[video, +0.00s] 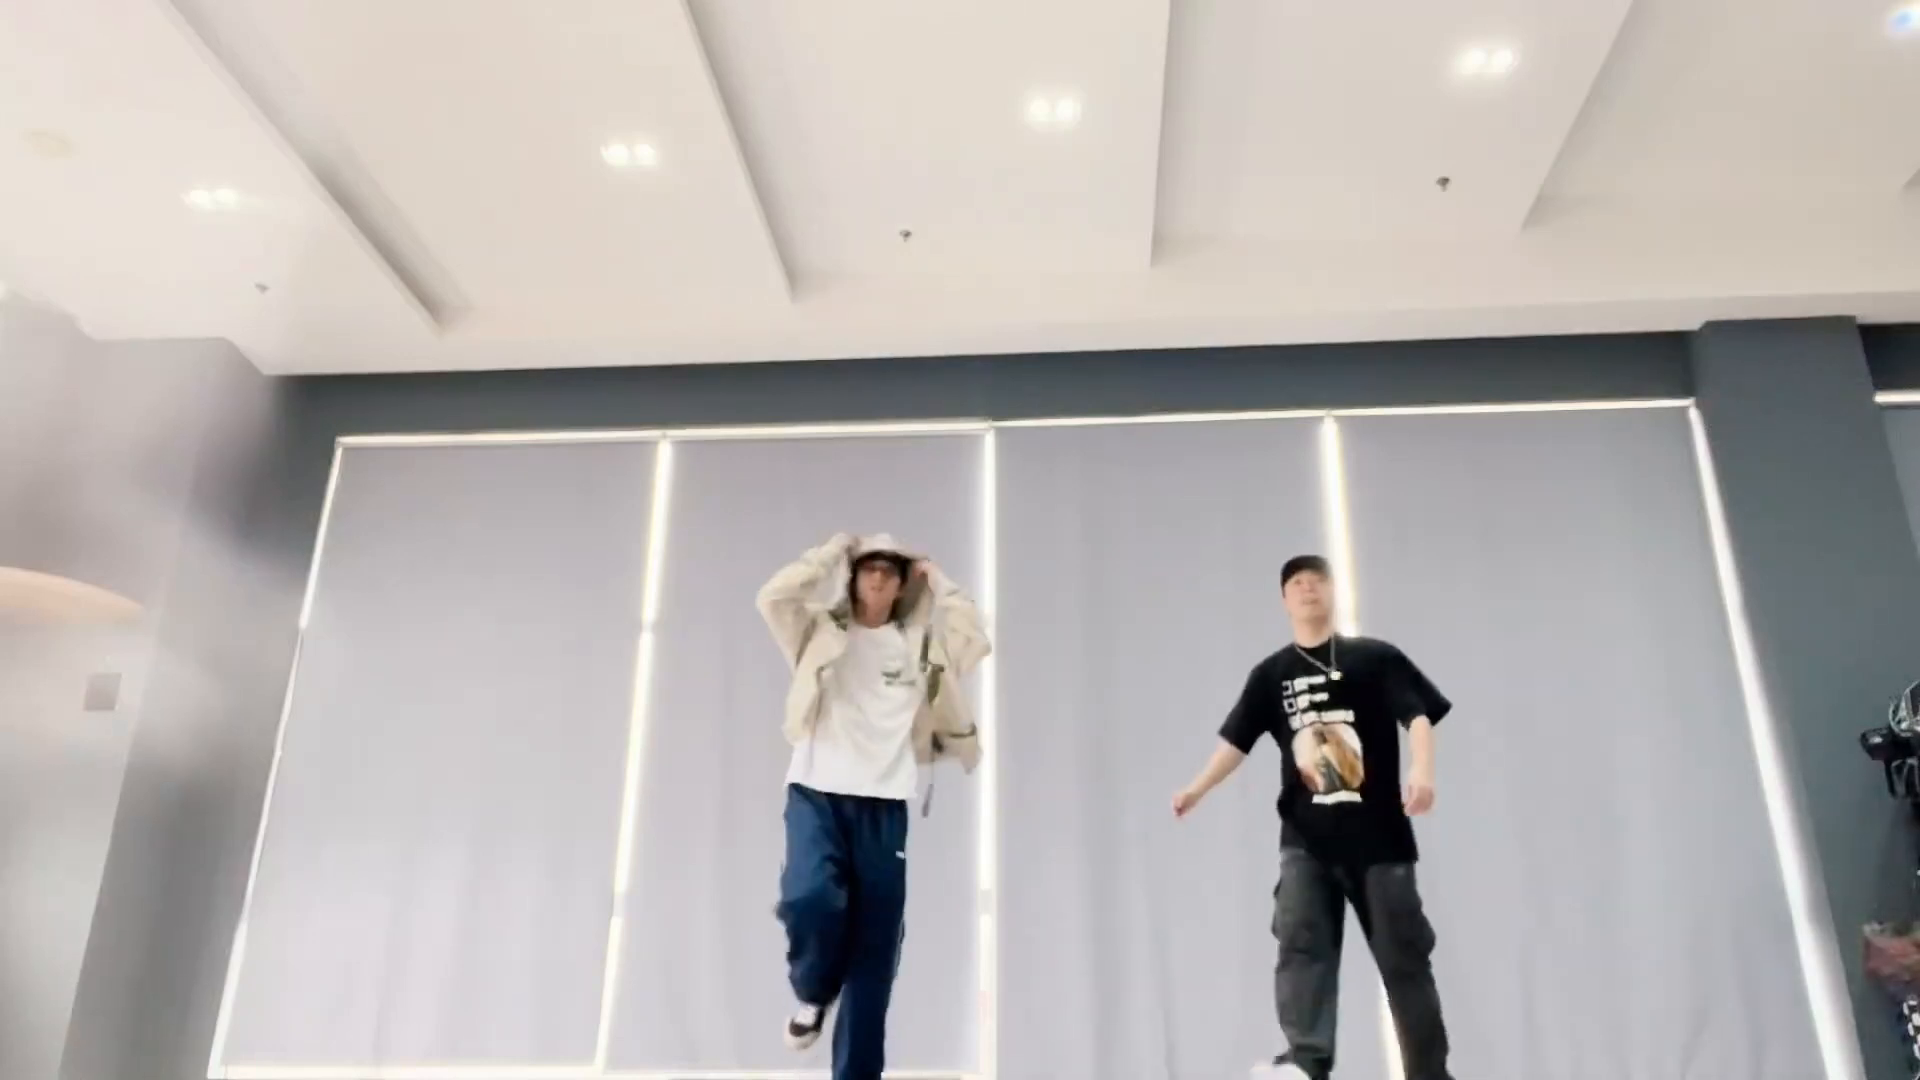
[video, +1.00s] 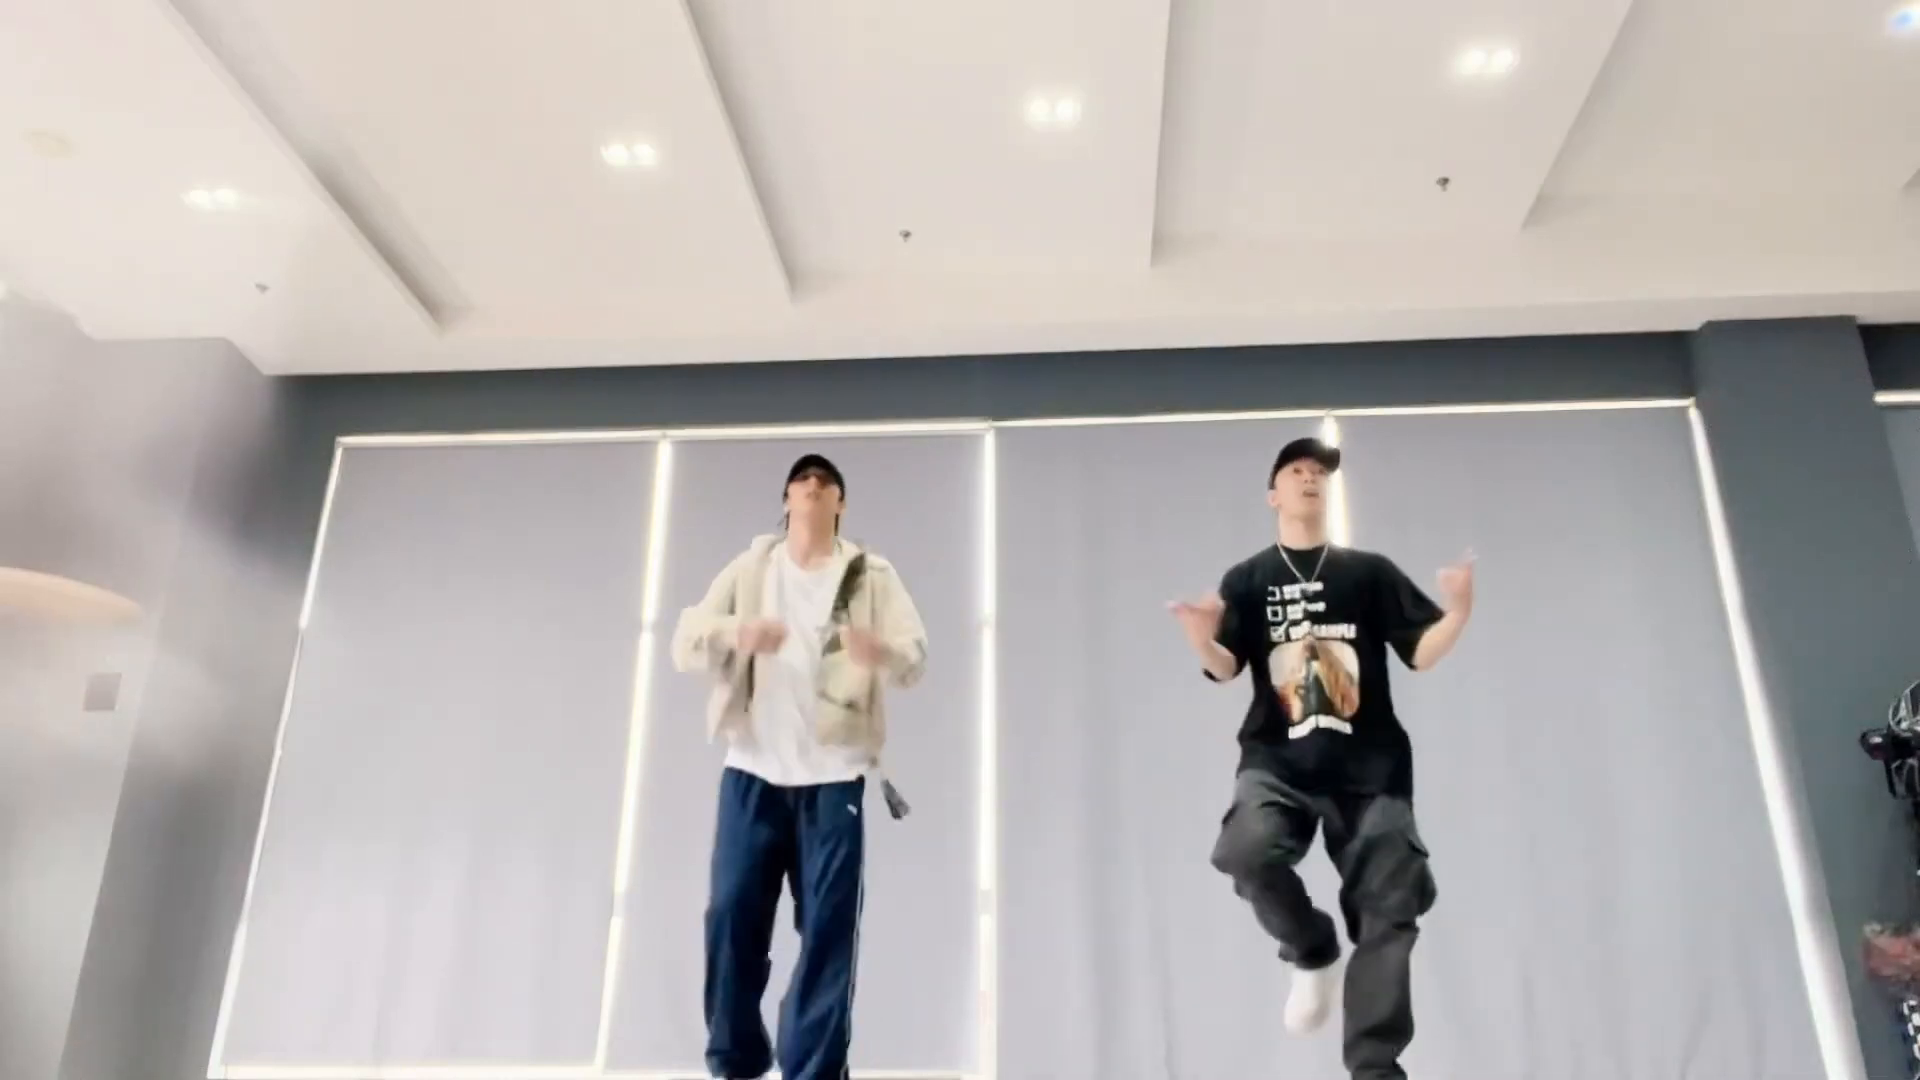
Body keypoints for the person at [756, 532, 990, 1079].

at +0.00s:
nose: (879, 580)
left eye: (889, 573)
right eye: (869, 570)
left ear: (902, 587)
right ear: (850, 580)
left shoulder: (921, 643)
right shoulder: (820, 634)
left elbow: (974, 643)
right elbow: (775, 600)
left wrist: (938, 583)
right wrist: (833, 556)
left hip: (883, 803)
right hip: (815, 794)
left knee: (875, 951)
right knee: (808, 899)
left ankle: (856, 1071)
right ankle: (813, 995)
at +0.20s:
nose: (855, 559)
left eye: (866, 552)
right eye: (846, 552)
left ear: (885, 568)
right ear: (834, 567)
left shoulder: (909, 619)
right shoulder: (809, 622)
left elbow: (962, 604)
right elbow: (738, 620)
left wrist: (918, 578)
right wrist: (804, 581)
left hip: (875, 800)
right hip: (807, 794)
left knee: (859, 948)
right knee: (774, 914)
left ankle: (858, 1073)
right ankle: (790, 1054)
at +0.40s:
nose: (830, 555)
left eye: (842, 548)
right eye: (821, 548)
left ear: (861, 566)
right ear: (809, 566)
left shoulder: (887, 623)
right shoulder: (788, 634)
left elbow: (927, 691)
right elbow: (740, 724)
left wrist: (913, 625)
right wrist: (746, 662)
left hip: (866, 815)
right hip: (794, 807)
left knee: (865, 960)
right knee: (761, 943)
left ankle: (872, 1076)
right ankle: (727, 1071)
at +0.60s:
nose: (798, 539)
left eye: (810, 533)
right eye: (788, 532)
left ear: (827, 551)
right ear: (774, 553)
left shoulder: (860, 612)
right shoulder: (759, 619)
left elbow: (911, 687)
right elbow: (722, 726)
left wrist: (878, 616)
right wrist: (739, 660)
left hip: (837, 801)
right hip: (765, 796)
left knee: (836, 943)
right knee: (746, 931)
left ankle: (864, 1063)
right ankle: (732, 1071)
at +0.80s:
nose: (802, 506)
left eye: (813, 499)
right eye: (790, 499)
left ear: (829, 520)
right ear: (774, 520)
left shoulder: (858, 584)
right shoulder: (747, 580)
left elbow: (905, 653)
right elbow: (689, 670)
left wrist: (854, 580)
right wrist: (736, 600)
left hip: (837, 779)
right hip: (759, 776)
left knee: (831, 928)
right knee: (747, 936)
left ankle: (823, 1070)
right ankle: (733, 1071)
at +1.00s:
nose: (812, 488)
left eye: (824, 483)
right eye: (801, 481)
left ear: (841, 506)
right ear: (785, 503)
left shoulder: (872, 574)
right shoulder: (751, 565)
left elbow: (915, 661)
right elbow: (686, 641)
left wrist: (879, 652)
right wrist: (734, 636)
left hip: (833, 776)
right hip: (751, 771)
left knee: (827, 927)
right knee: (731, 915)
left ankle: (816, 1069)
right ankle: (734, 1063)